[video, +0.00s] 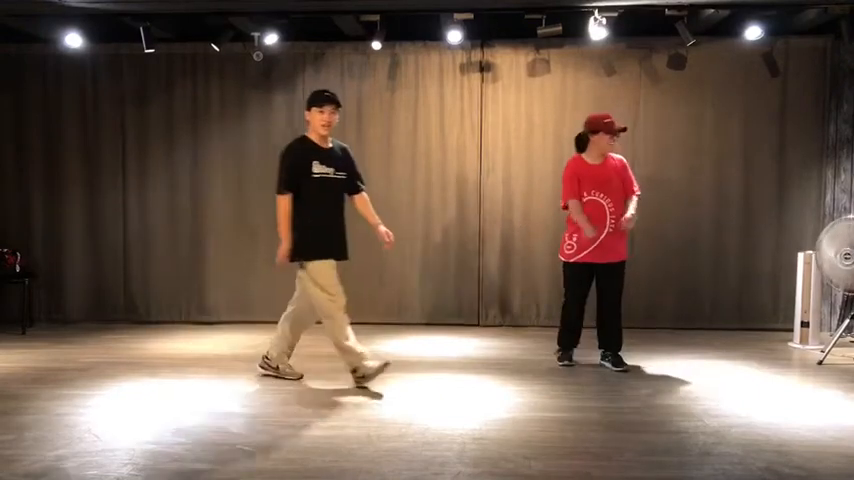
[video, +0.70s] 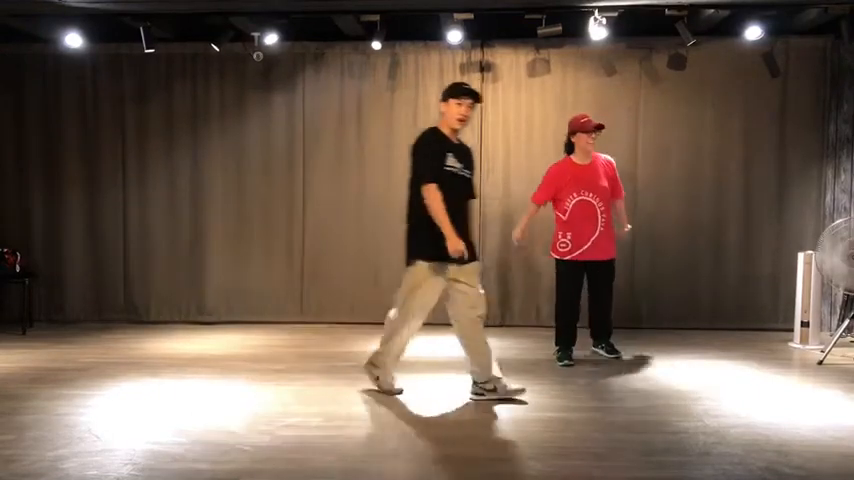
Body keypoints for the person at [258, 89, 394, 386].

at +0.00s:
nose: (328, 118)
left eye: (333, 112)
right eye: (321, 112)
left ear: (337, 116)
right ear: (308, 115)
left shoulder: (341, 153)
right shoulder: (295, 151)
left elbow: (357, 193)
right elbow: (284, 196)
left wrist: (377, 225)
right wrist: (285, 240)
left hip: (331, 243)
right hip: (308, 243)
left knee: (303, 307)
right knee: (333, 304)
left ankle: (274, 358)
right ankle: (359, 365)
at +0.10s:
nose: (344, 119)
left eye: (349, 113)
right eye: (337, 112)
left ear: (354, 118)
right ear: (325, 115)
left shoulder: (357, 154)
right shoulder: (312, 154)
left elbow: (371, 197)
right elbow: (303, 201)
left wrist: (387, 229)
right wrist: (306, 246)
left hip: (350, 244)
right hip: (327, 245)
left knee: (320, 304)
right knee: (347, 307)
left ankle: (282, 351)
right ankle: (366, 372)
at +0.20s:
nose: (363, 115)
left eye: (369, 110)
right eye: (357, 109)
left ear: (374, 115)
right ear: (344, 112)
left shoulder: (375, 150)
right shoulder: (330, 151)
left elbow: (385, 196)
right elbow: (324, 201)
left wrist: (392, 235)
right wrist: (330, 246)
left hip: (371, 243)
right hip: (345, 244)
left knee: (366, 301)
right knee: (355, 306)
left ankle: (307, 341)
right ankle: (366, 372)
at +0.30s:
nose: (383, 114)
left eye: (388, 109)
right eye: (377, 107)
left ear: (392, 113)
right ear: (363, 108)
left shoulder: (389, 148)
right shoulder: (348, 145)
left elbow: (397, 195)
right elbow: (347, 195)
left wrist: (401, 234)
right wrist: (357, 241)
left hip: (385, 240)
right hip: (358, 242)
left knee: (401, 294)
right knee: (366, 308)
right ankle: (368, 369)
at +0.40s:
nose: (402, 111)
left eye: (407, 106)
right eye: (396, 104)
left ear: (410, 111)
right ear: (381, 105)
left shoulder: (406, 148)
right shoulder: (366, 142)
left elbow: (411, 194)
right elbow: (367, 191)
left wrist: (413, 233)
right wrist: (386, 235)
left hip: (403, 239)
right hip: (372, 242)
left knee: (424, 292)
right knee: (372, 309)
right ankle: (369, 372)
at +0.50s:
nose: (420, 111)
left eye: (425, 107)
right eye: (414, 104)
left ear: (429, 112)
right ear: (400, 105)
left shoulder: (423, 150)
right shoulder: (385, 142)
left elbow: (422, 198)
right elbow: (386, 190)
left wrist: (424, 237)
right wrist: (416, 232)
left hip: (418, 244)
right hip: (387, 244)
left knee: (438, 304)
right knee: (380, 311)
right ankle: (371, 372)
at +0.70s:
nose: (464, 111)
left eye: (469, 107)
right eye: (458, 104)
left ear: (472, 112)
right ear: (443, 105)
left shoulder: (464, 152)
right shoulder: (428, 142)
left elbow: (463, 201)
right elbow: (429, 192)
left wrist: (465, 241)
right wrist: (450, 235)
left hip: (461, 246)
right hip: (429, 246)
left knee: (470, 315)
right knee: (409, 314)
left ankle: (485, 379)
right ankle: (380, 366)